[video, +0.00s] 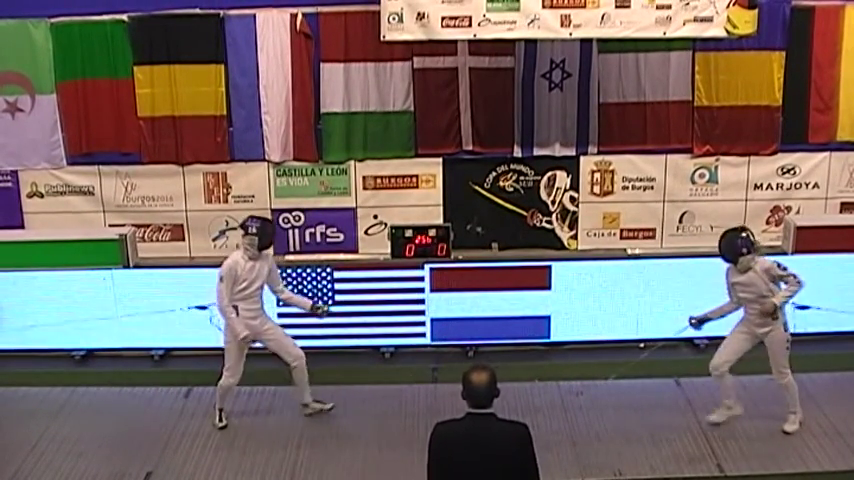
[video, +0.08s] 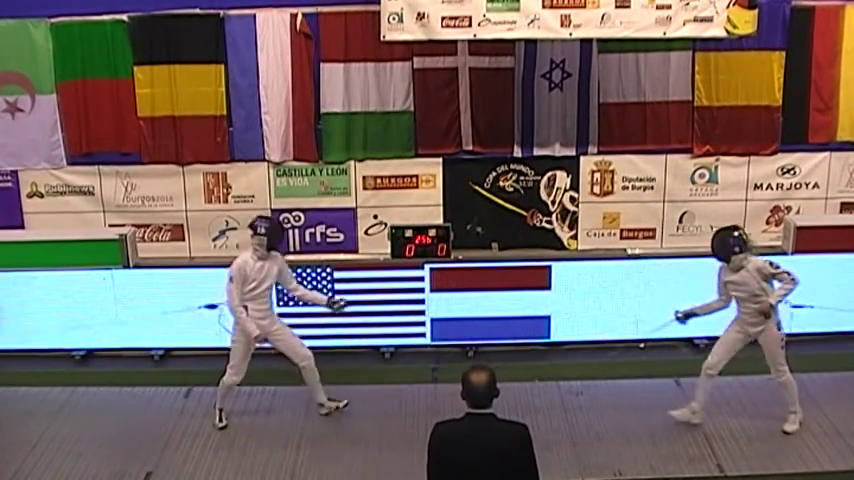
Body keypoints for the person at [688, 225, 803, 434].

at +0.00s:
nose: (744, 264)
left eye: (747, 258)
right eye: (740, 260)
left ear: (751, 253)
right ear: (734, 259)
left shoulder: (766, 267)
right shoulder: (732, 273)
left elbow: (795, 283)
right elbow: (735, 302)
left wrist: (776, 301)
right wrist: (705, 318)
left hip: (774, 327)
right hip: (748, 325)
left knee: (782, 375)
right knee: (718, 366)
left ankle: (795, 414)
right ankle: (731, 406)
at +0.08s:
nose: (737, 263)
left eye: (738, 258)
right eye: (733, 259)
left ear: (742, 252)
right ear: (727, 257)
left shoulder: (758, 266)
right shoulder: (724, 272)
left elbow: (790, 281)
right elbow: (723, 301)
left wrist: (772, 300)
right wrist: (692, 313)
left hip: (767, 325)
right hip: (741, 325)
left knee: (781, 373)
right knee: (710, 366)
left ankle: (795, 414)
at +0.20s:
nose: (715, 273)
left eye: (718, 268)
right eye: (714, 268)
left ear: (727, 262)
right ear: (714, 266)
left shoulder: (745, 275)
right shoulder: (711, 282)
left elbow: (774, 294)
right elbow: (697, 308)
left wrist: (757, 314)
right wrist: (665, 312)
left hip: (754, 335)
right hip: (728, 335)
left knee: (774, 377)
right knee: (693, 372)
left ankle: (795, 414)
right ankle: (669, 413)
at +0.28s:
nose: (708, 271)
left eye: (708, 266)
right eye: (705, 267)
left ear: (715, 262)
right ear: (702, 266)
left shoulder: (733, 279)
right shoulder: (698, 284)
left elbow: (759, 299)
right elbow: (682, 309)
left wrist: (741, 317)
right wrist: (650, 308)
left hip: (741, 337)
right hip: (715, 336)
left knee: (765, 380)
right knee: (678, 371)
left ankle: (794, 412)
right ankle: (665, 415)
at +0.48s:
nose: (686, 261)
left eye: (689, 257)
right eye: (684, 258)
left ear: (699, 249)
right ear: (683, 255)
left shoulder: (719, 263)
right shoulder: (681, 269)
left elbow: (744, 283)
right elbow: (664, 295)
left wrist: (724, 299)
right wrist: (631, 293)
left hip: (724, 325)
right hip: (698, 324)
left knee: (740, 377)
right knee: (672, 370)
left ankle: (764, 409)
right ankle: (664, 414)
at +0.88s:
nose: (701, 263)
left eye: (703, 258)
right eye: (698, 259)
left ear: (714, 249)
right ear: (697, 255)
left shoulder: (733, 258)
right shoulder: (696, 268)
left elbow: (758, 273)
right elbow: (678, 296)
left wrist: (745, 292)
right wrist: (644, 296)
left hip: (740, 321)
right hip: (712, 322)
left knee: (754, 376)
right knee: (686, 369)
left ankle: (769, 415)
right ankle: (672, 414)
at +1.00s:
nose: (714, 268)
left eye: (717, 263)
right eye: (712, 264)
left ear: (727, 255)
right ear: (710, 260)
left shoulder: (747, 268)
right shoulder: (709, 274)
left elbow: (771, 285)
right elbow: (694, 304)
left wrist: (755, 301)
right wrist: (662, 311)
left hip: (749, 330)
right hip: (721, 330)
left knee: (769, 379)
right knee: (694, 375)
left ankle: (797, 414)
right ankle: (691, 417)